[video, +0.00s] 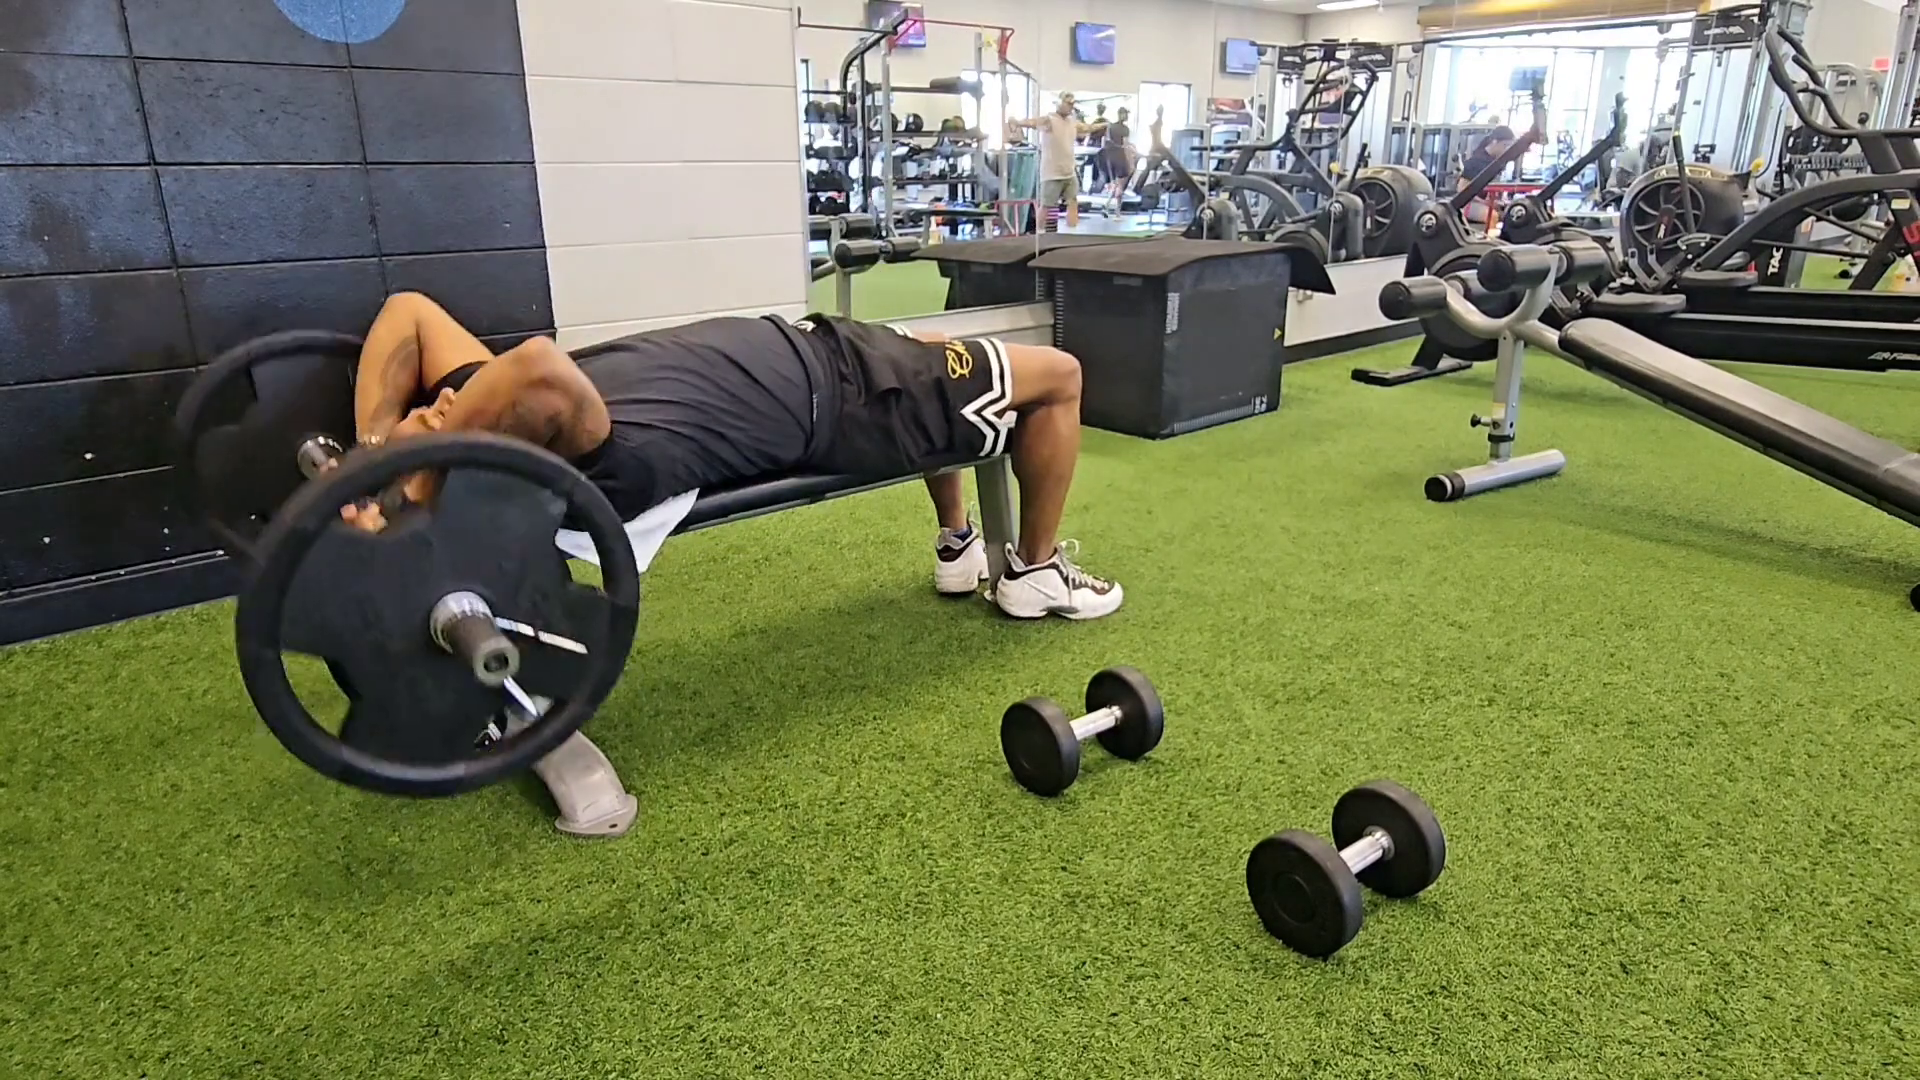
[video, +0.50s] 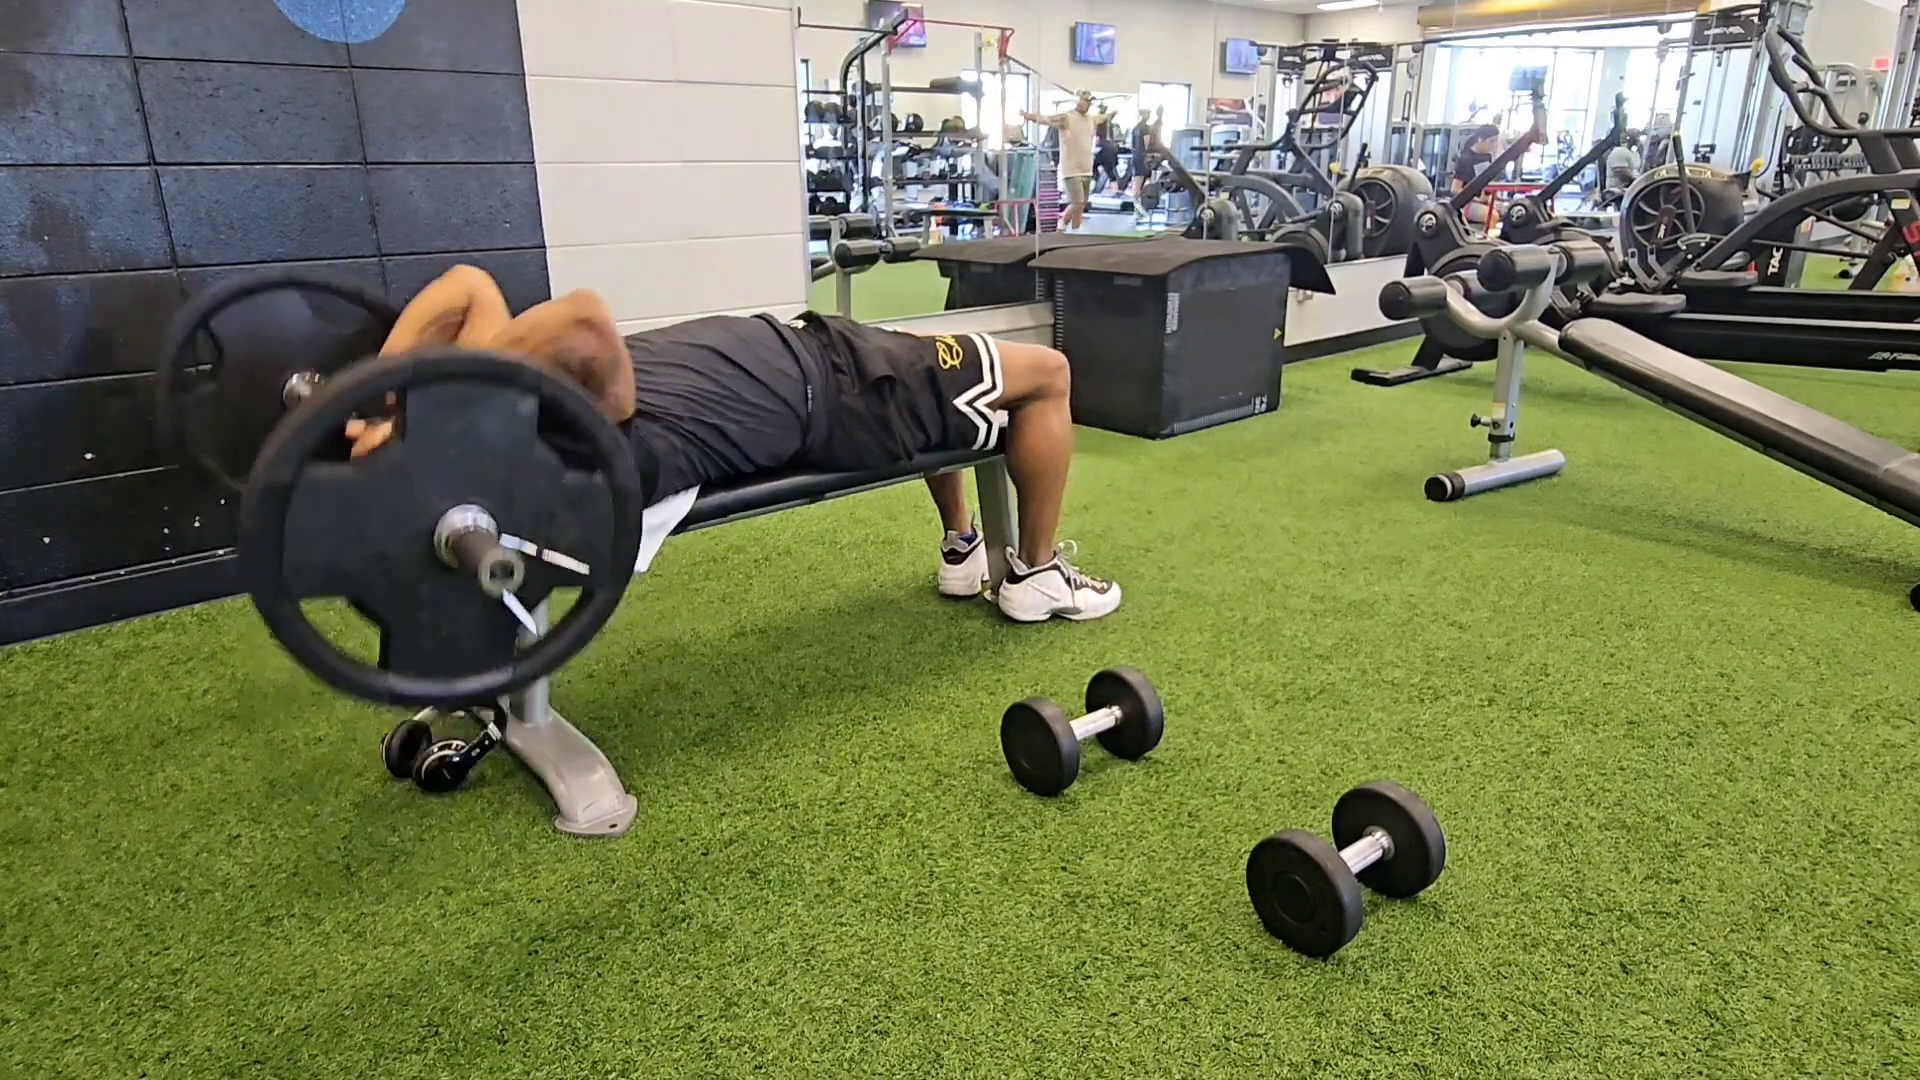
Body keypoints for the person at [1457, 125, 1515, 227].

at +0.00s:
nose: (1507, 150)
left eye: (1509, 146)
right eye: (1505, 145)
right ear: (1494, 142)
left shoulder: (1496, 162)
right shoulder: (1478, 160)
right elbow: (1462, 188)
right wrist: (1486, 203)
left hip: (1489, 201)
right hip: (1469, 202)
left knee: (1511, 210)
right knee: (1492, 216)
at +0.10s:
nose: (1505, 146)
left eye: (1506, 143)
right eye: (1502, 142)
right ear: (1490, 141)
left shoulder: (1498, 158)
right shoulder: (1473, 158)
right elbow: (1459, 187)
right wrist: (1482, 201)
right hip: (1469, 201)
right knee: (1492, 217)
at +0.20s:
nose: (1500, 146)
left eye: (1501, 142)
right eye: (1497, 142)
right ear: (1486, 140)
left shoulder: (1494, 158)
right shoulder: (1470, 157)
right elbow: (1457, 187)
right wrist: (1480, 199)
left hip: (1491, 200)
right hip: (1470, 201)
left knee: (1511, 209)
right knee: (1492, 216)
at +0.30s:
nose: (1496, 146)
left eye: (1497, 142)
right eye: (1494, 142)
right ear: (1483, 140)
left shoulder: (1490, 157)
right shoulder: (1467, 159)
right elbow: (1456, 189)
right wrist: (1481, 200)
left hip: (1487, 199)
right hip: (1467, 202)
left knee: (1508, 210)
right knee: (1491, 216)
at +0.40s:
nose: (1495, 146)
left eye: (1496, 142)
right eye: (1493, 142)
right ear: (1482, 140)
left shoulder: (1489, 157)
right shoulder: (1466, 160)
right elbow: (1456, 189)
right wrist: (1481, 200)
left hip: (1487, 200)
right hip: (1467, 202)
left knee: (1508, 210)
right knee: (1492, 216)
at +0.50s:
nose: (1495, 145)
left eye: (1496, 141)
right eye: (1492, 141)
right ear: (1480, 140)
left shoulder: (1488, 157)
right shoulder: (1466, 158)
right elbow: (1455, 188)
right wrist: (1479, 198)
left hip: (1486, 199)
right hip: (1468, 202)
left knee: (1509, 209)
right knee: (1492, 215)